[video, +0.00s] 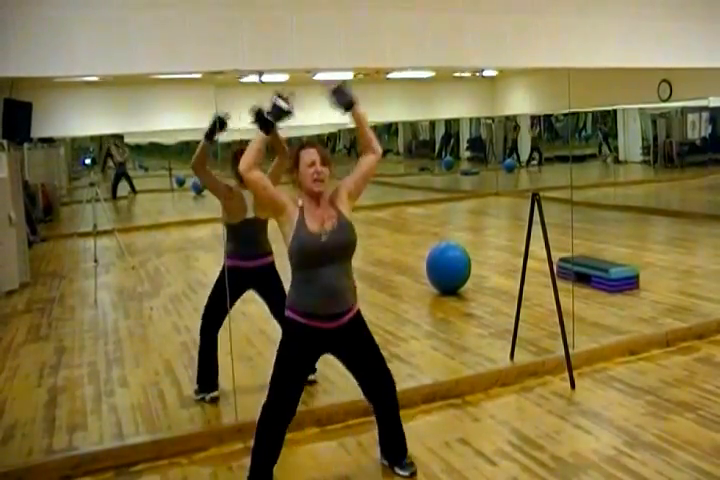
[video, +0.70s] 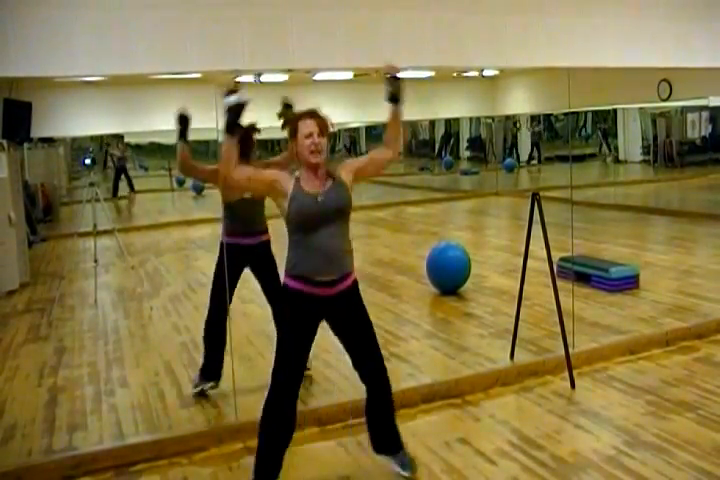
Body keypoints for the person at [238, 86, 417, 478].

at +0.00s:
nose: (317, 169)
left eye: (321, 163)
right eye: (309, 164)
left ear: (329, 170)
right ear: (297, 174)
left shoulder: (342, 199)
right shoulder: (288, 208)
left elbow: (373, 152)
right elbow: (247, 170)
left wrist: (354, 108)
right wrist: (266, 125)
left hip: (348, 323)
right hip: (303, 327)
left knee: (384, 390)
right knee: (278, 410)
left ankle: (395, 456)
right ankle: (259, 476)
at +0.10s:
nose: (315, 141)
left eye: (320, 134)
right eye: (307, 136)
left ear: (328, 140)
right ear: (294, 144)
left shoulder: (343, 171)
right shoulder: (283, 181)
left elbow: (388, 147)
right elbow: (231, 174)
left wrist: (407, 108)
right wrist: (221, 128)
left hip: (345, 292)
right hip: (301, 295)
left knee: (370, 373)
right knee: (283, 383)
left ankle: (391, 446)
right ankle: (264, 472)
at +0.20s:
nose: (315, 127)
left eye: (319, 120)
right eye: (307, 122)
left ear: (327, 127)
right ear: (293, 131)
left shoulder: (343, 164)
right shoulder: (280, 174)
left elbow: (384, 180)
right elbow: (236, 207)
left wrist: (422, 171)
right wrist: (203, 191)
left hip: (342, 279)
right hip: (301, 282)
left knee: (359, 363)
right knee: (295, 376)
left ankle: (365, 445)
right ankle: (285, 467)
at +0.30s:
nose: (316, 138)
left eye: (320, 132)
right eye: (308, 133)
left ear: (327, 138)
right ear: (294, 141)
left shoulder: (341, 181)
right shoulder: (282, 190)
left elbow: (361, 229)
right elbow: (264, 243)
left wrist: (403, 252)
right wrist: (236, 272)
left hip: (342, 290)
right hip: (301, 293)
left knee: (347, 374)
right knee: (308, 377)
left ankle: (338, 456)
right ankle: (309, 461)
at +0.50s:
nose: (315, 134)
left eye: (319, 127)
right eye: (307, 129)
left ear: (327, 133)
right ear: (293, 136)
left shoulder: (341, 176)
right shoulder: (282, 183)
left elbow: (363, 226)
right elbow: (266, 235)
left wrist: (403, 235)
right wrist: (251, 258)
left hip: (342, 286)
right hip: (300, 288)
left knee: (349, 370)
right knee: (304, 375)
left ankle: (338, 453)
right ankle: (307, 465)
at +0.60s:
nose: (315, 125)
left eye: (320, 119)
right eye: (307, 120)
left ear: (328, 125)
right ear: (293, 128)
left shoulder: (343, 165)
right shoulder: (280, 171)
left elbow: (387, 186)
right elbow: (240, 211)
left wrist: (407, 169)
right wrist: (215, 188)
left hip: (342, 275)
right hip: (299, 278)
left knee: (361, 360)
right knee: (295, 369)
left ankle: (360, 442)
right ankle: (288, 459)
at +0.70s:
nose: (314, 142)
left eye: (319, 135)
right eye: (306, 136)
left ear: (328, 139)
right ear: (293, 144)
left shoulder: (343, 173)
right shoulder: (281, 182)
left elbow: (390, 150)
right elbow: (228, 178)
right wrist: (232, 124)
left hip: (344, 290)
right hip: (300, 293)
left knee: (375, 373)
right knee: (284, 386)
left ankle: (389, 445)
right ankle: (266, 472)